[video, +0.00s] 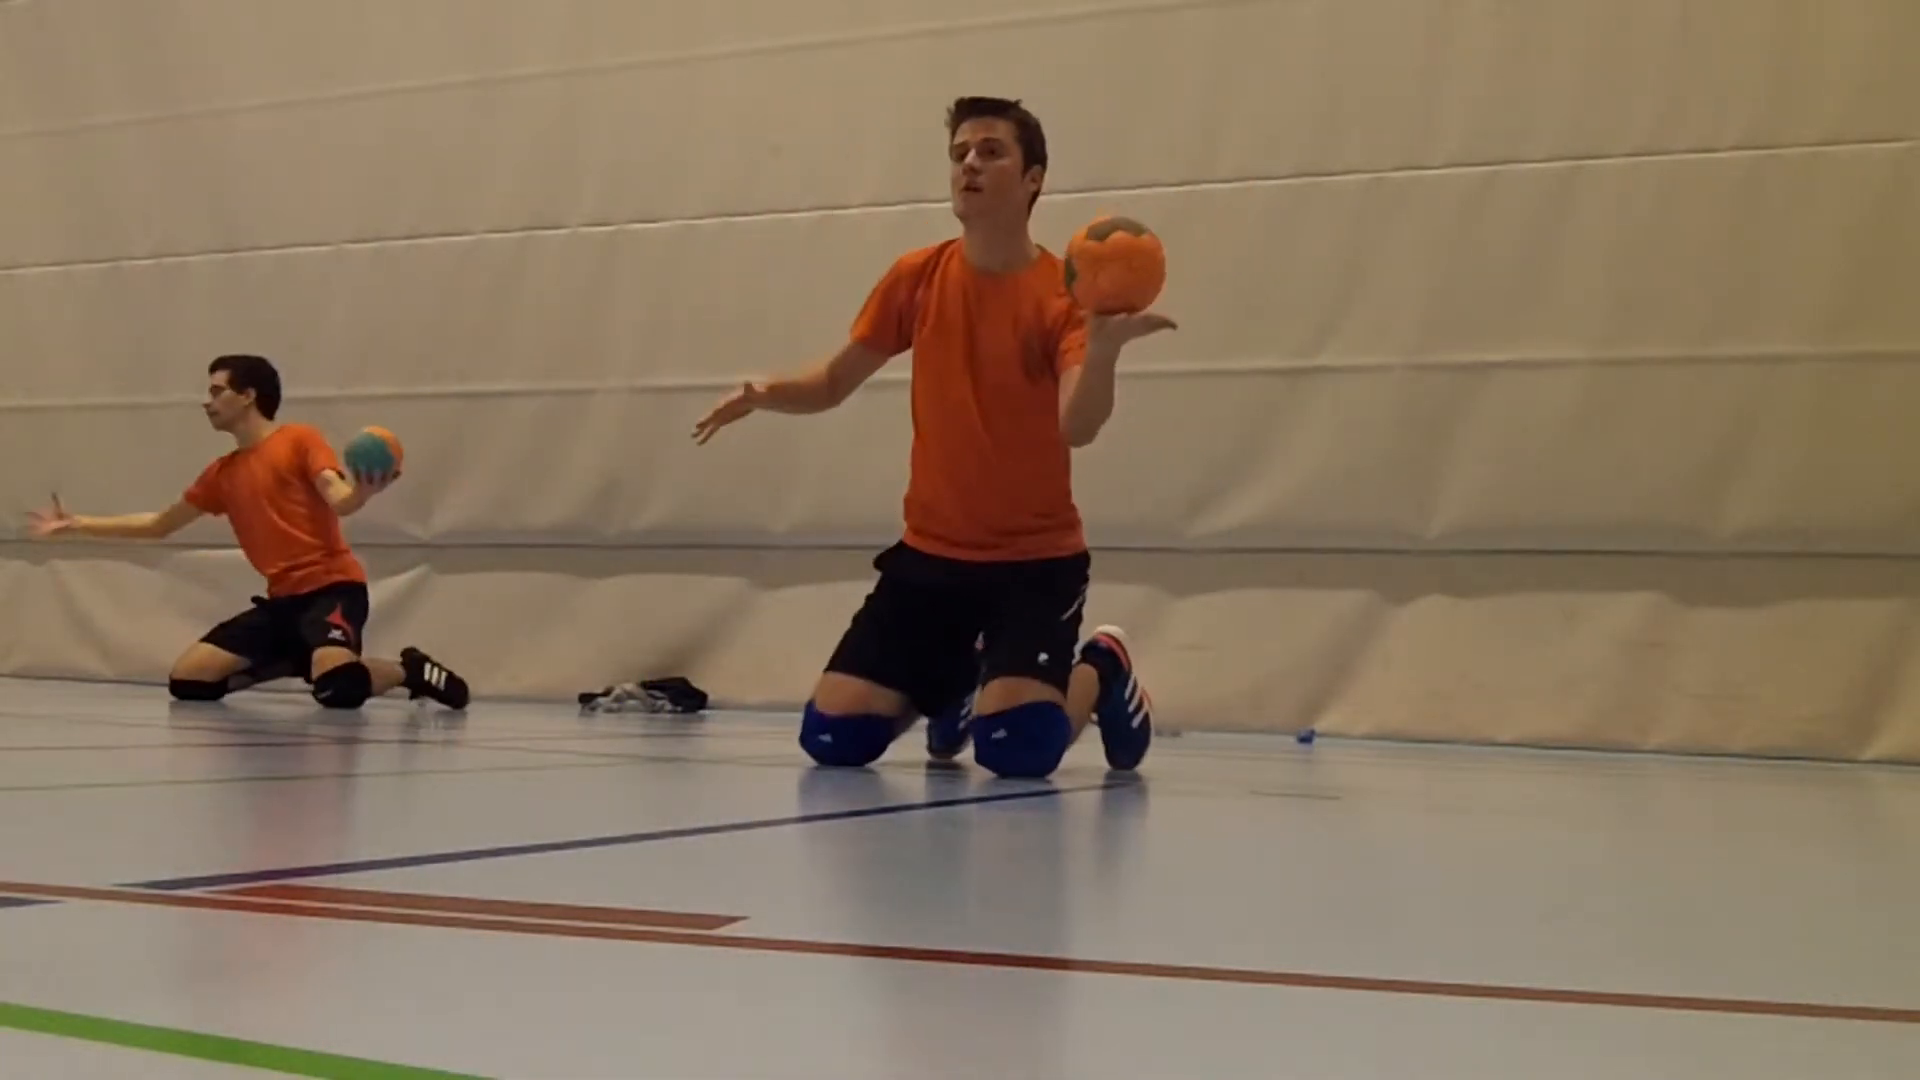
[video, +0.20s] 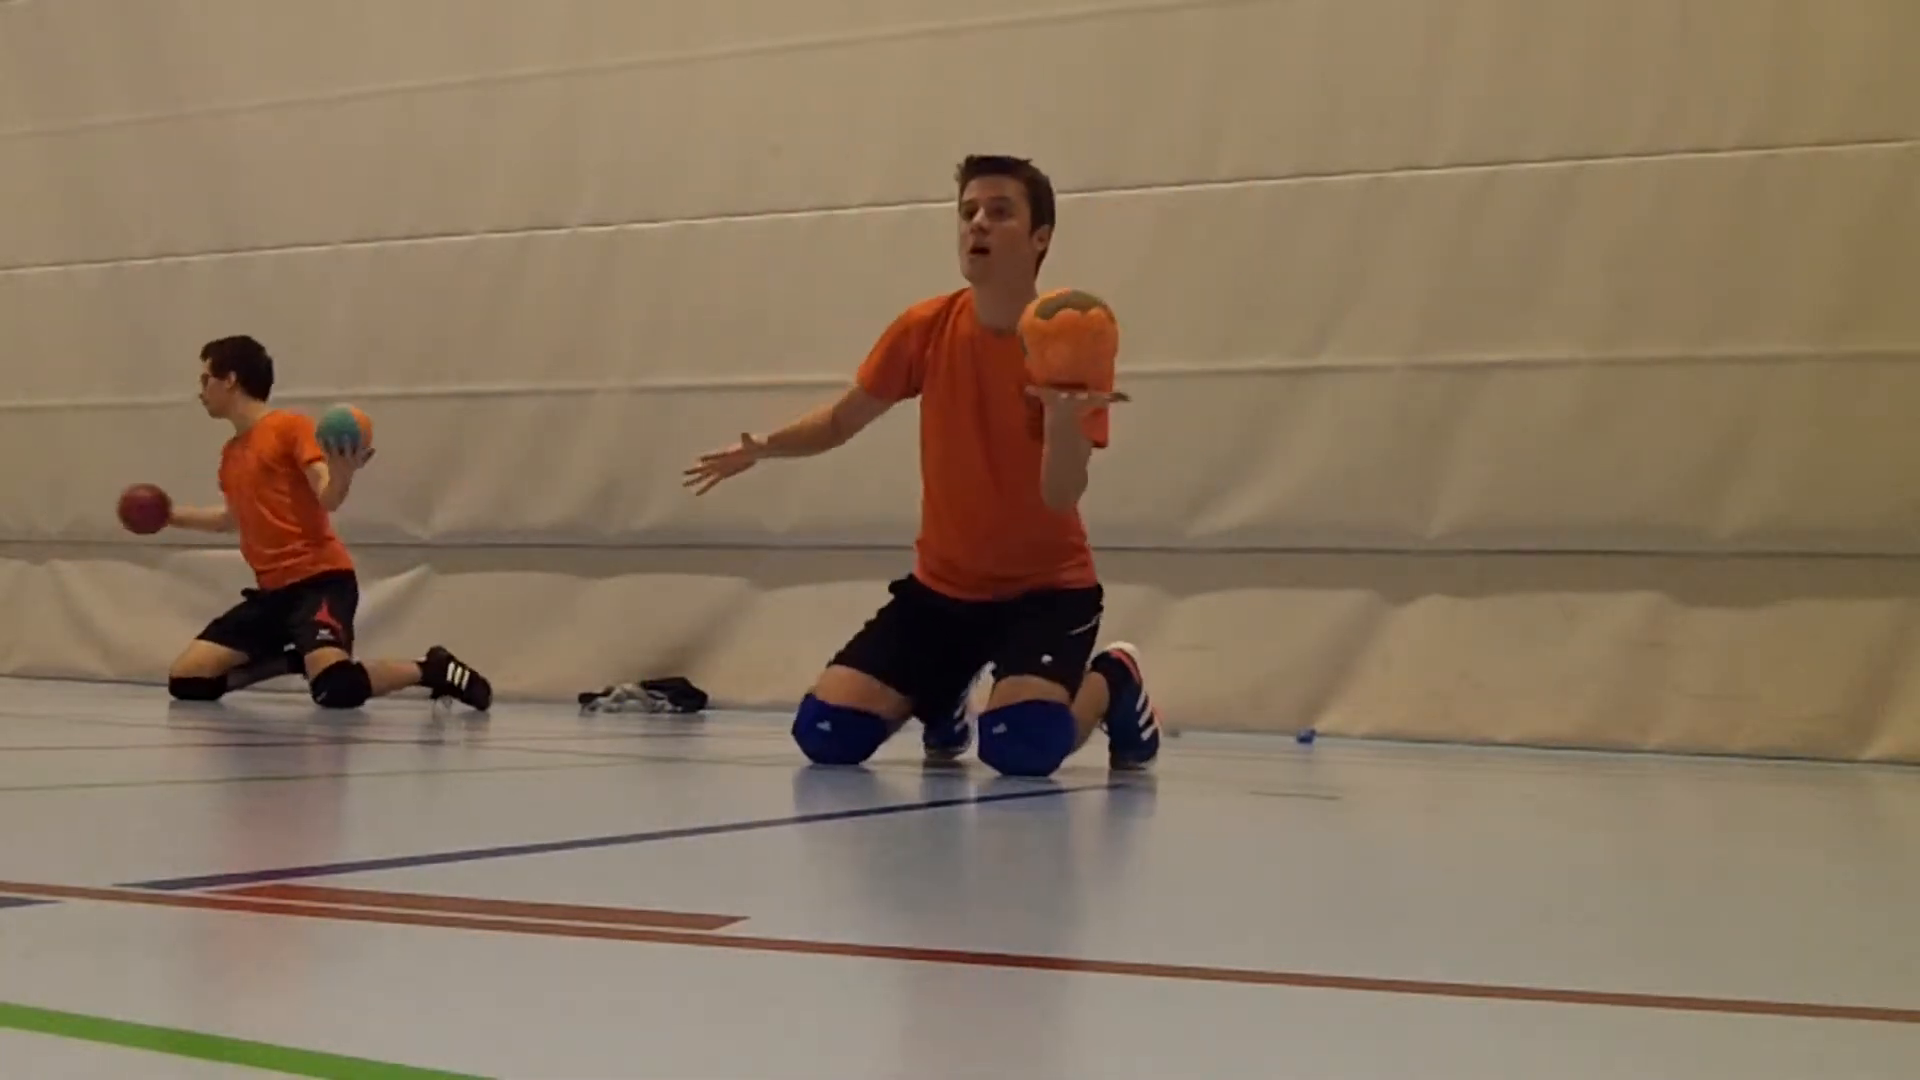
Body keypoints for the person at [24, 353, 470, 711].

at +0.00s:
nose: (206, 404)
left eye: (215, 393)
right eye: (207, 394)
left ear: (249, 396)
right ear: (237, 400)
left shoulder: (298, 440)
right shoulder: (221, 475)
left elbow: (340, 501)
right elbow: (158, 525)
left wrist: (367, 486)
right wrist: (76, 525)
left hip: (334, 590)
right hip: (282, 605)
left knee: (335, 685)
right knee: (188, 680)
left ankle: (414, 672)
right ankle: (309, 663)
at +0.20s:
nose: (199, 390)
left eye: (205, 379)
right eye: (201, 379)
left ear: (231, 382)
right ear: (231, 383)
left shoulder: (288, 426)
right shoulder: (230, 455)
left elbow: (329, 499)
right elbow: (234, 521)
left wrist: (341, 477)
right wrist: (167, 514)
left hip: (322, 583)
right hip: (272, 594)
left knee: (333, 686)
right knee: (188, 682)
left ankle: (431, 669)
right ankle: (300, 659)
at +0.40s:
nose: (232, 388)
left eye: (240, 375)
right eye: (233, 377)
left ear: (271, 377)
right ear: (264, 380)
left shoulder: (326, 430)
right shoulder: (261, 453)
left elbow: (348, 508)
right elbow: (284, 529)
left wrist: (310, 483)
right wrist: (240, 548)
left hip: (332, 591)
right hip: (280, 595)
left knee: (316, 688)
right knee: (190, 682)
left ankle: (393, 665)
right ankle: (297, 657)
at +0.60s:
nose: (276, 382)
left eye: (289, 375)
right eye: (276, 374)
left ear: (322, 387)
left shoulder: (354, 445)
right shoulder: (280, 452)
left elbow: (398, 519)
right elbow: (295, 526)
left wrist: (330, 527)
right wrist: (264, 541)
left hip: (355, 597)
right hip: (301, 597)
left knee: (319, 689)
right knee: (206, 682)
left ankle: (393, 659)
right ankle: (305, 659)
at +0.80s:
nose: (286, 402)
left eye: (298, 393)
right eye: (286, 392)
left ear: (333, 401)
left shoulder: (363, 455)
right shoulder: (297, 448)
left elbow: (416, 525)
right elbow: (322, 484)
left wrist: (347, 546)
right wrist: (291, 494)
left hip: (369, 596)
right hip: (317, 591)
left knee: (324, 690)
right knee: (224, 684)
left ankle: (397, 657)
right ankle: (312, 659)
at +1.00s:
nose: (302, 415)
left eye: (314, 406)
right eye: (296, 403)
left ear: (342, 404)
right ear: (290, 395)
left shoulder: (370, 458)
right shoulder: (301, 439)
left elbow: (401, 543)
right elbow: (326, 486)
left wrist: (353, 558)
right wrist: (298, 497)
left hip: (372, 594)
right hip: (319, 587)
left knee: (323, 690)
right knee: (233, 685)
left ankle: (399, 658)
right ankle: (320, 660)